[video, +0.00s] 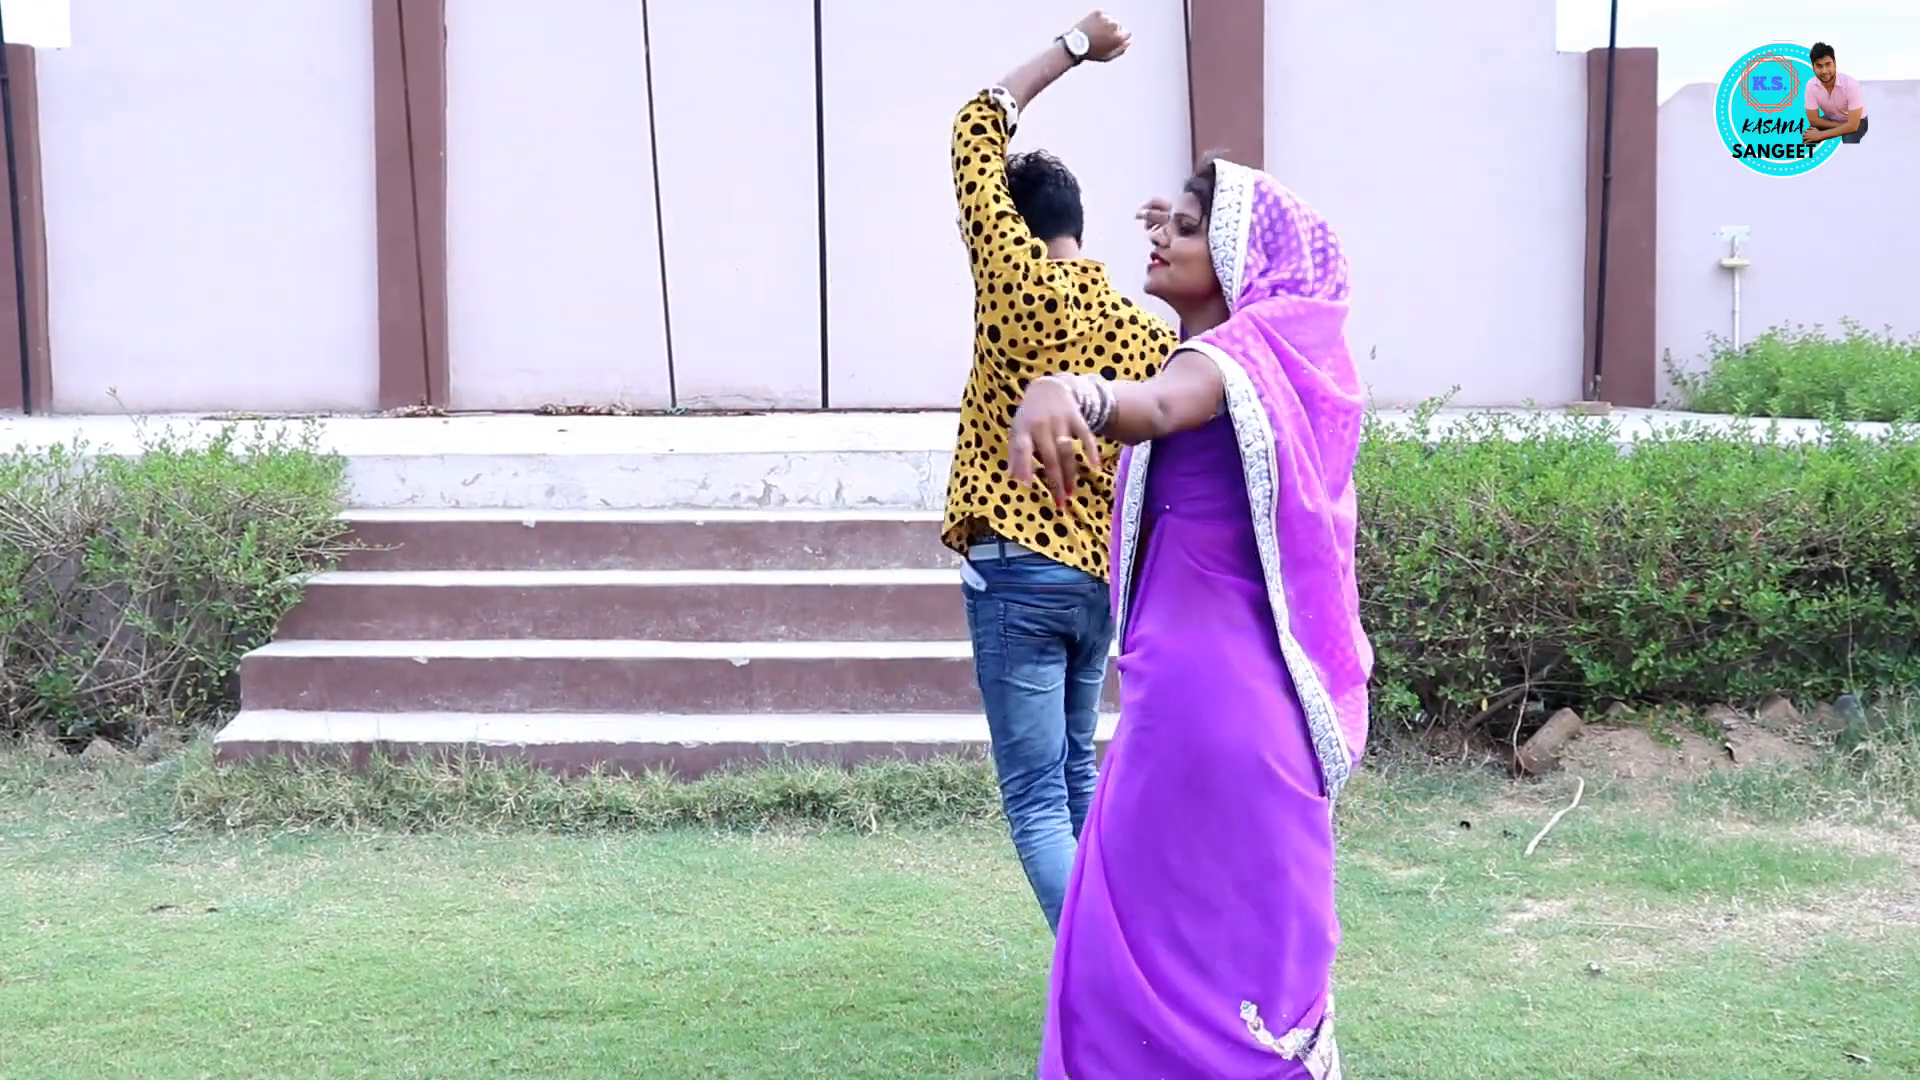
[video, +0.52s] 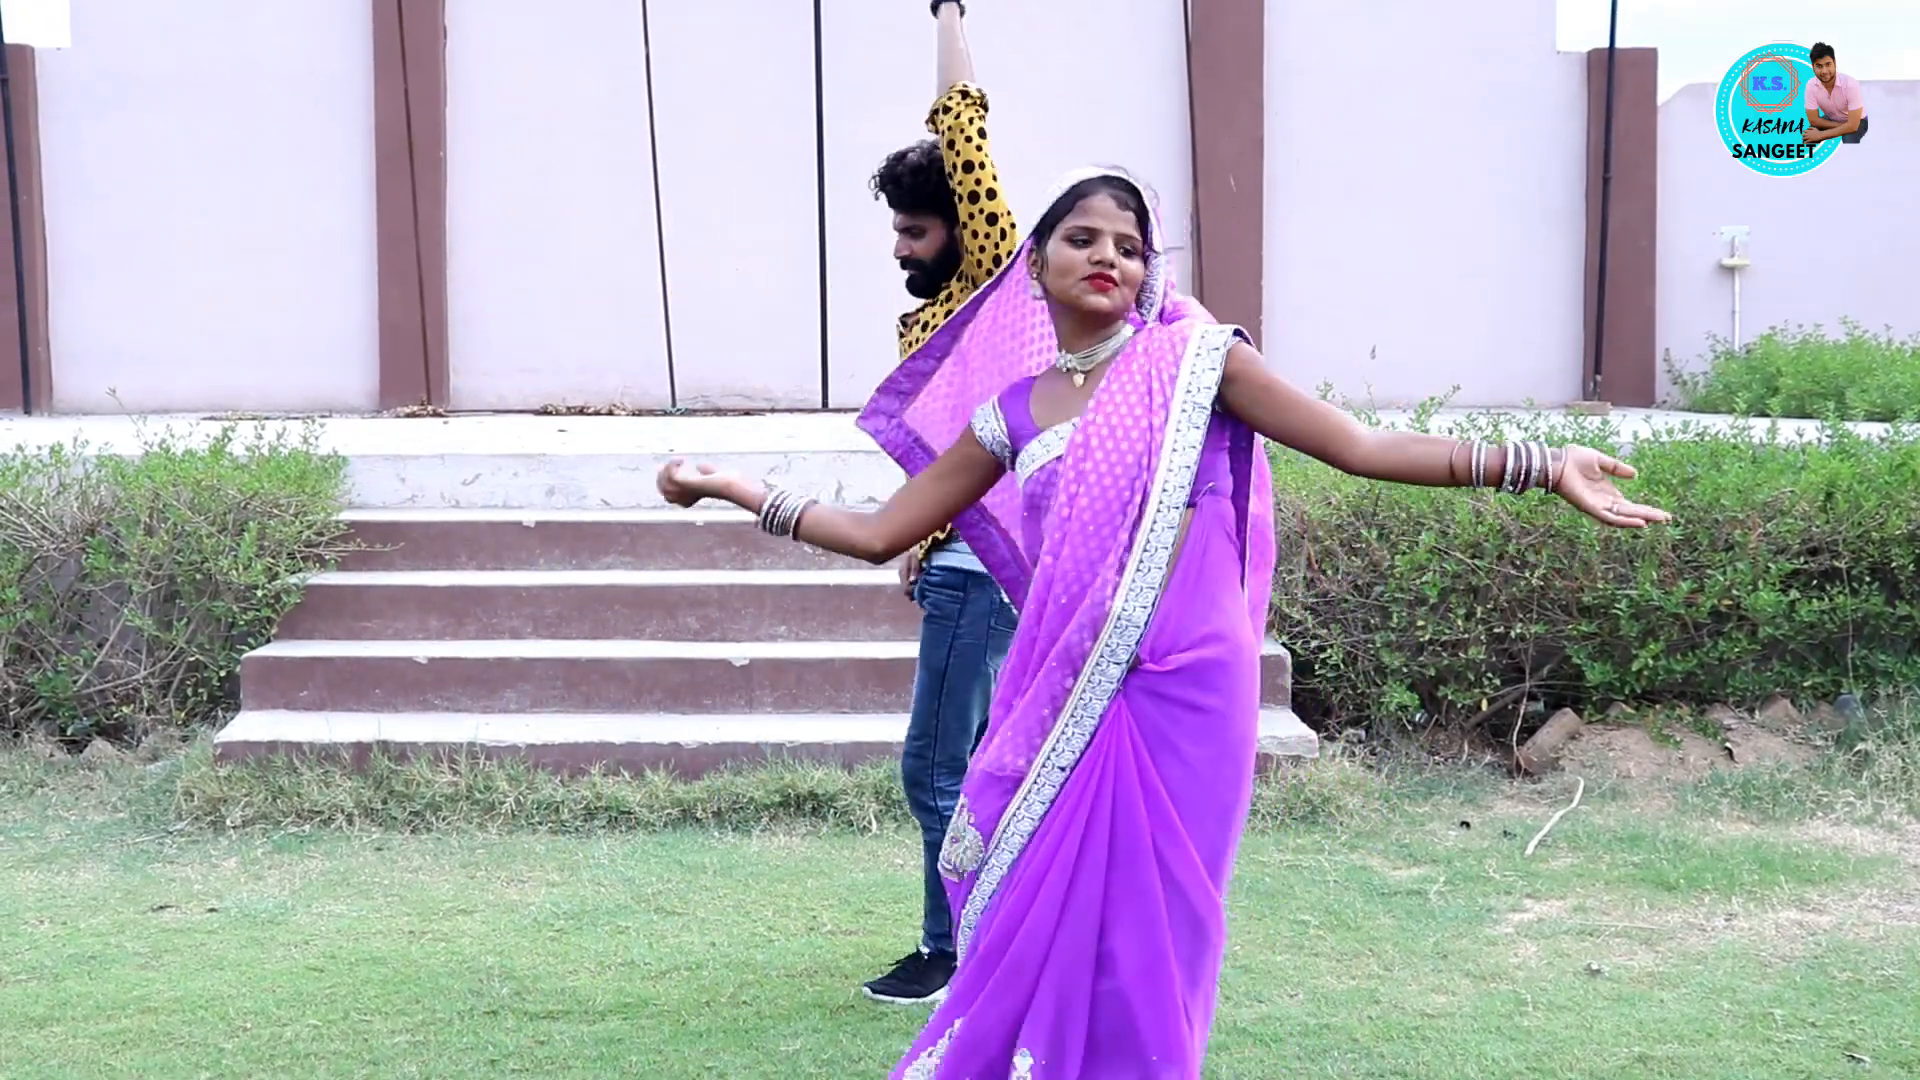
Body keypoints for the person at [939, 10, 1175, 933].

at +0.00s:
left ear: (1009, 225)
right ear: (1085, 230)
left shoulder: (1016, 280)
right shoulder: (1143, 328)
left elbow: (977, 134)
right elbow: (1178, 441)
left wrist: (1072, 46)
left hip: (1017, 574)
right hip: (1102, 582)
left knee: (1038, 803)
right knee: (1080, 774)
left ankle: (1106, 981)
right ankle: (1127, 957)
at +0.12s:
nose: (972, 251)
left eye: (974, 237)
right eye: (968, 240)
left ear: (1003, 233)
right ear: (1066, 231)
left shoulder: (1025, 292)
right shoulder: (1102, 312)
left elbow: (976, 142)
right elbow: (1112, 450)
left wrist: (1091, 126)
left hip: (1023, 586)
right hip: (1092, 583)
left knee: (1009, 807)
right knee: (1067, 796)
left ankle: (1118, 964)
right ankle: (1122, 982)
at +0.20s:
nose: (976, 285)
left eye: (979, 267)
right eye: (974, 269)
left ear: (1008, 256)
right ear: (1053, 255)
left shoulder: (1027, 315)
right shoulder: (1090, 325)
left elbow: (976, 169)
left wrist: (1077, 178)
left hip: (1022, 597)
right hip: (1072, 592)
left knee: (964, 805)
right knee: (1049, 786)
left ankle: (1097, 939)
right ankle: (1128, 942)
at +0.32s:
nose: (949, 289)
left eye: (953, 270)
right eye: (945, 273)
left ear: (990, 255)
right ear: (987, 262)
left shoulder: (1029, 314)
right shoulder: (1034, 325)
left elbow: (985, 183)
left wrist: (1025, 87)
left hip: (1012, 589)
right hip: (1041, 583)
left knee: (924, 786)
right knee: (1030, 793)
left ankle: (1059, 916)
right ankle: (1069, 959)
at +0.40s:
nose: (931, 262)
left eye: (942, 245)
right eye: (927, 246)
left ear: (983, 237)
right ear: (954, 243)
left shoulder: (1016, 299)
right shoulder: (996, 307)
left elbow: (985, 159)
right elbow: (972, 153)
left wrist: (986, 30)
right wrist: (984, 38)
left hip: (997, 569)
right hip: (1016, 568)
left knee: (921, 767)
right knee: (1028, 760)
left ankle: (1023, 923)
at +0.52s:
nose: (902, 244)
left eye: (917, 230)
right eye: (897, 229)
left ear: (963, 221)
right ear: (910, 222)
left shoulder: (996, 288)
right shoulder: (944, 310)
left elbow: (966, 135)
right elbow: (953, 445)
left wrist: (953, 24)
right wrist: (918, 540)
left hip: (980, 568)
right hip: (955, 564)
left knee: (933, 765)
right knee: (960, 762)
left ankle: (954, 948)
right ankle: (972, 945)